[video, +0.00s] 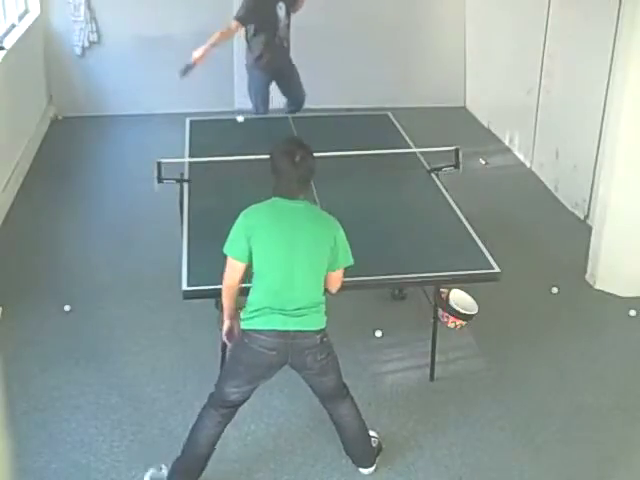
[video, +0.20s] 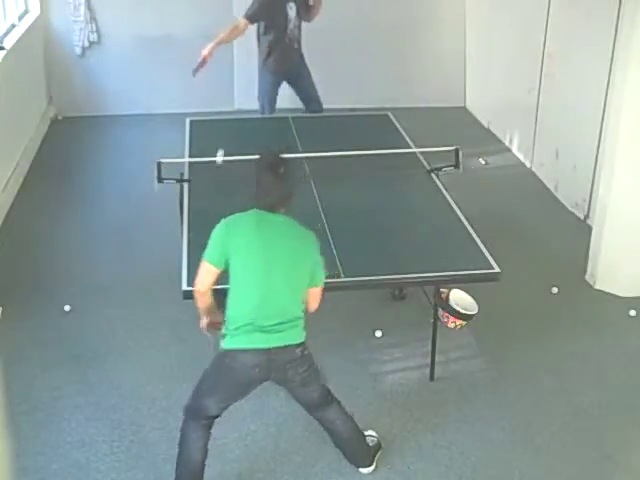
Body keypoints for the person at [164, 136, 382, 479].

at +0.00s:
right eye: (309, 168)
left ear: (274, 172)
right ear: (311, 174)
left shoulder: (252, 217)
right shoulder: (328, 224)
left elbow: (231, 279)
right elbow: (334, 284)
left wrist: (228, 318)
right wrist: (307, 258)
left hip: (259, 339)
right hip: (311, 339)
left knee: (220, 407)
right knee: (337, 398)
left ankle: (179, 475)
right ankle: (365, 457)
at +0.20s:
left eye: (261, 187)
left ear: (255, 193)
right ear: (290, 198)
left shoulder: (231, 227)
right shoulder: (306, 238)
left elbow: (201, 287)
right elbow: (312, 303)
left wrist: (209, 315)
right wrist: (278, 294)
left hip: (240, 356)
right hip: (292, 353)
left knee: (199, 417)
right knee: (324, 405)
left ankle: (187, 476)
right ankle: (365, 458)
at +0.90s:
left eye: (221, 186)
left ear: (221, 192)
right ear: (258, 188)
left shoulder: (226, 241)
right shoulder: (277, 227)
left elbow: (227, 310)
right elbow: (291, 249)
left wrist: (208, 370)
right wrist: (302, 249)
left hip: (262, 359)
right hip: (304, 345)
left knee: (208, 416)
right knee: (324, 390)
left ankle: (187, 475)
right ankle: (365, 449)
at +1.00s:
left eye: (217, 195)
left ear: (216, 201)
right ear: (251, 198)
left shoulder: (213, 251)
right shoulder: (278, 236)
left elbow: (202, 321)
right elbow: (304, 286)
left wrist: (167, 376)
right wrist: (313, 267)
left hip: (255, 365)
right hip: (300, 353)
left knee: (200, 409)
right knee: (323, 391)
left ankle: (184, 475)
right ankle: (365, 448)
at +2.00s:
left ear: (225, 207)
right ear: (264, 204)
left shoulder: (211, 266)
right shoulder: (295, 245)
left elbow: (202, 345)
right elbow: (340, 293)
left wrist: (184, 412)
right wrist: (310, 323)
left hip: (234, 399)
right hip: (292, 395)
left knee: (196, 461)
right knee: (318, 449)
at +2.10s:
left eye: (216, 216)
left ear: (212, 223)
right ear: (251, 222)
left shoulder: (191, 282)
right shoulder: (284, 267)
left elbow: (167, 356)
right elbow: (320, 322)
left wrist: (141, 421)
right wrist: (293, 351)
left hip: (219, 414)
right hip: (280, 407)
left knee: (183, 473)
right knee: (312, 452)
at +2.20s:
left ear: (185, 231)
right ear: (228, 234)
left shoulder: (153, 284)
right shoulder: (250, 284)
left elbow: (120, 348)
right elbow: (270, 361)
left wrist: (100, 407)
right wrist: (274, 373)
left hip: (180, 425)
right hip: (241, 420)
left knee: (161, 473)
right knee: (292, 472)